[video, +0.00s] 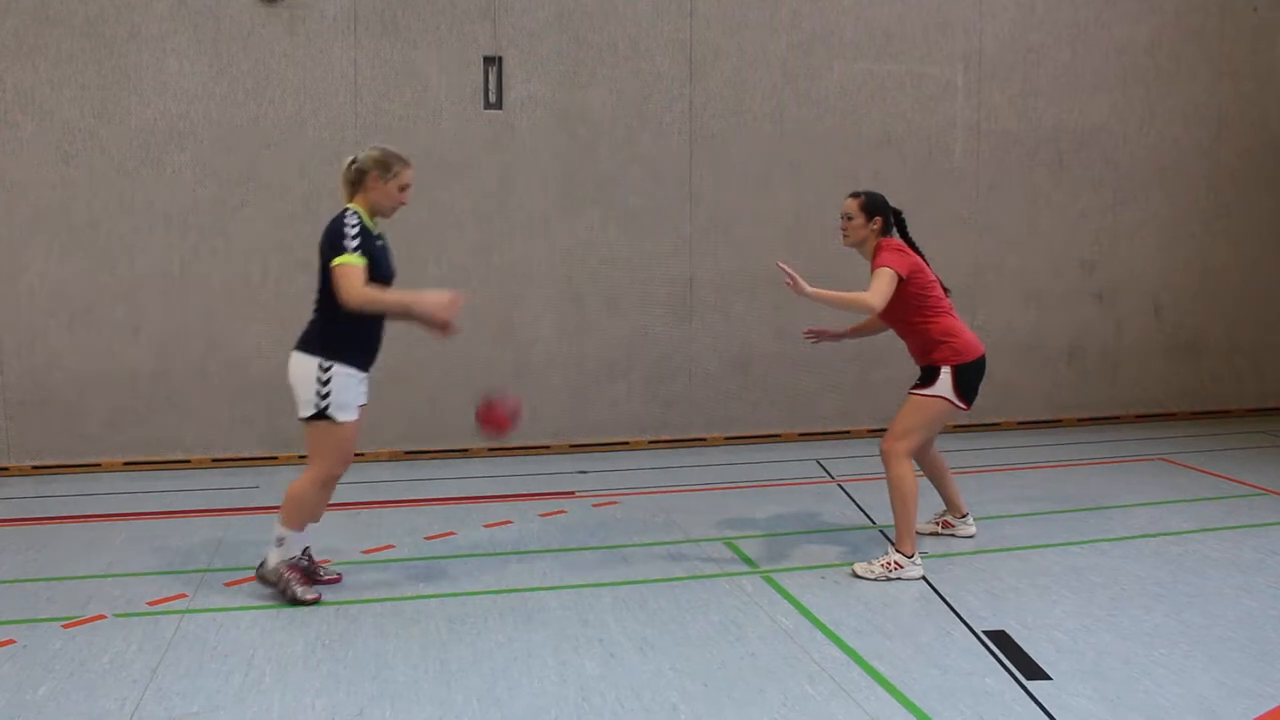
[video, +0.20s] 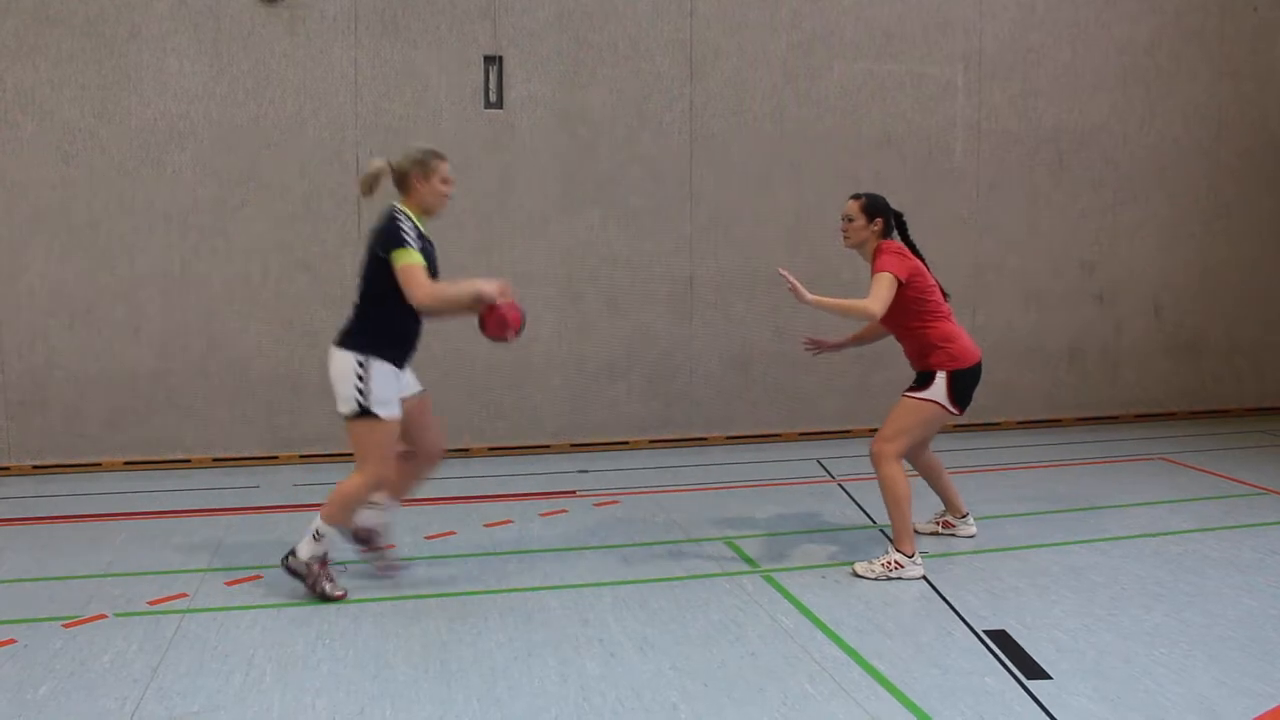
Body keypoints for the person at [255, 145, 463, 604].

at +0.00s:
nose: (406, 198)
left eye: (408, 189)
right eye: (401, 188)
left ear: (378, 185)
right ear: (373, 183)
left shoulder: (370, 232)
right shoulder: (348, 226)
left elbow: (373, 296)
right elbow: (351, 294)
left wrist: (421, 313)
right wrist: (420, 303)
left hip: (347, 366)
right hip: (326, 364)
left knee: (334, 462)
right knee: (324, 464)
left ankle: (296, 552)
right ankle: (278, 558)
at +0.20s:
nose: (450, 190)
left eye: (451, 182)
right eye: (443, 182)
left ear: (424, 185)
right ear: (417, 183)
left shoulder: (420, 234)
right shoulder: (398, 227)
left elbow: (427, 300)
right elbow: (420, 294)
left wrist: (478, 303)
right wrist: (479, 288)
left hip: (391, 363)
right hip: (363, 361)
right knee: (375, 470)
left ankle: (367, 519)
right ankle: (307, 553)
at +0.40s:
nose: (521, 220)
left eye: (520, 212)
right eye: (514, 213)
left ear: (492, 221)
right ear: (488, 222)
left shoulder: (489, 266)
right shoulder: (481, 268)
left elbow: (511, 327)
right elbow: (522, 329)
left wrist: (566, 329)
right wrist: (576, 326)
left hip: (469, 397)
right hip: (434, 399)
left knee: (525, 444)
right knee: (398, 488)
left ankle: (525, 541)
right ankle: (310, 555)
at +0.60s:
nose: (625, 181)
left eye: (625, 173)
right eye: (618, 173)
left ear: (603, 178)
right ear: (595, 177)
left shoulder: (603, 224)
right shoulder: (577, 215)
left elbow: (600, 293)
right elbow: (552, 249)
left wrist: (640, 321)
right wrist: (615, 238)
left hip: (602, 352)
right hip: (568, 352)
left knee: (630, 433)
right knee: (576, 451)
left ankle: (575, 507)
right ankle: (509, 512)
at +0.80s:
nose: (733, 205)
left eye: (732, 198)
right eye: (726, 198)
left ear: (714, 203)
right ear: (704, 203)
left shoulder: (714, 244)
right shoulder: (693, 240)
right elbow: (668, 247)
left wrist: (666, 192)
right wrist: (646, 196)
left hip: (719, 372)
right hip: (682, 375)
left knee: (764, 429)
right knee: (657, 464)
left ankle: (788, 507)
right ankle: (582, 524)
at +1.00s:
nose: (820, 203)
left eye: (819, 195)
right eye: (813, 195)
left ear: (799, 200)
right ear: (785, 198)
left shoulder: (803, 245)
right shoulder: (782, 243)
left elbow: (806, 310)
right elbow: (792, 255)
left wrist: (830, 350)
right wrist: (786, 223)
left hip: (815, 362)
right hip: (782, 365)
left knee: (846, 433)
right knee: (773, 462)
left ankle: (806, 502)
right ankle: (693, 516)